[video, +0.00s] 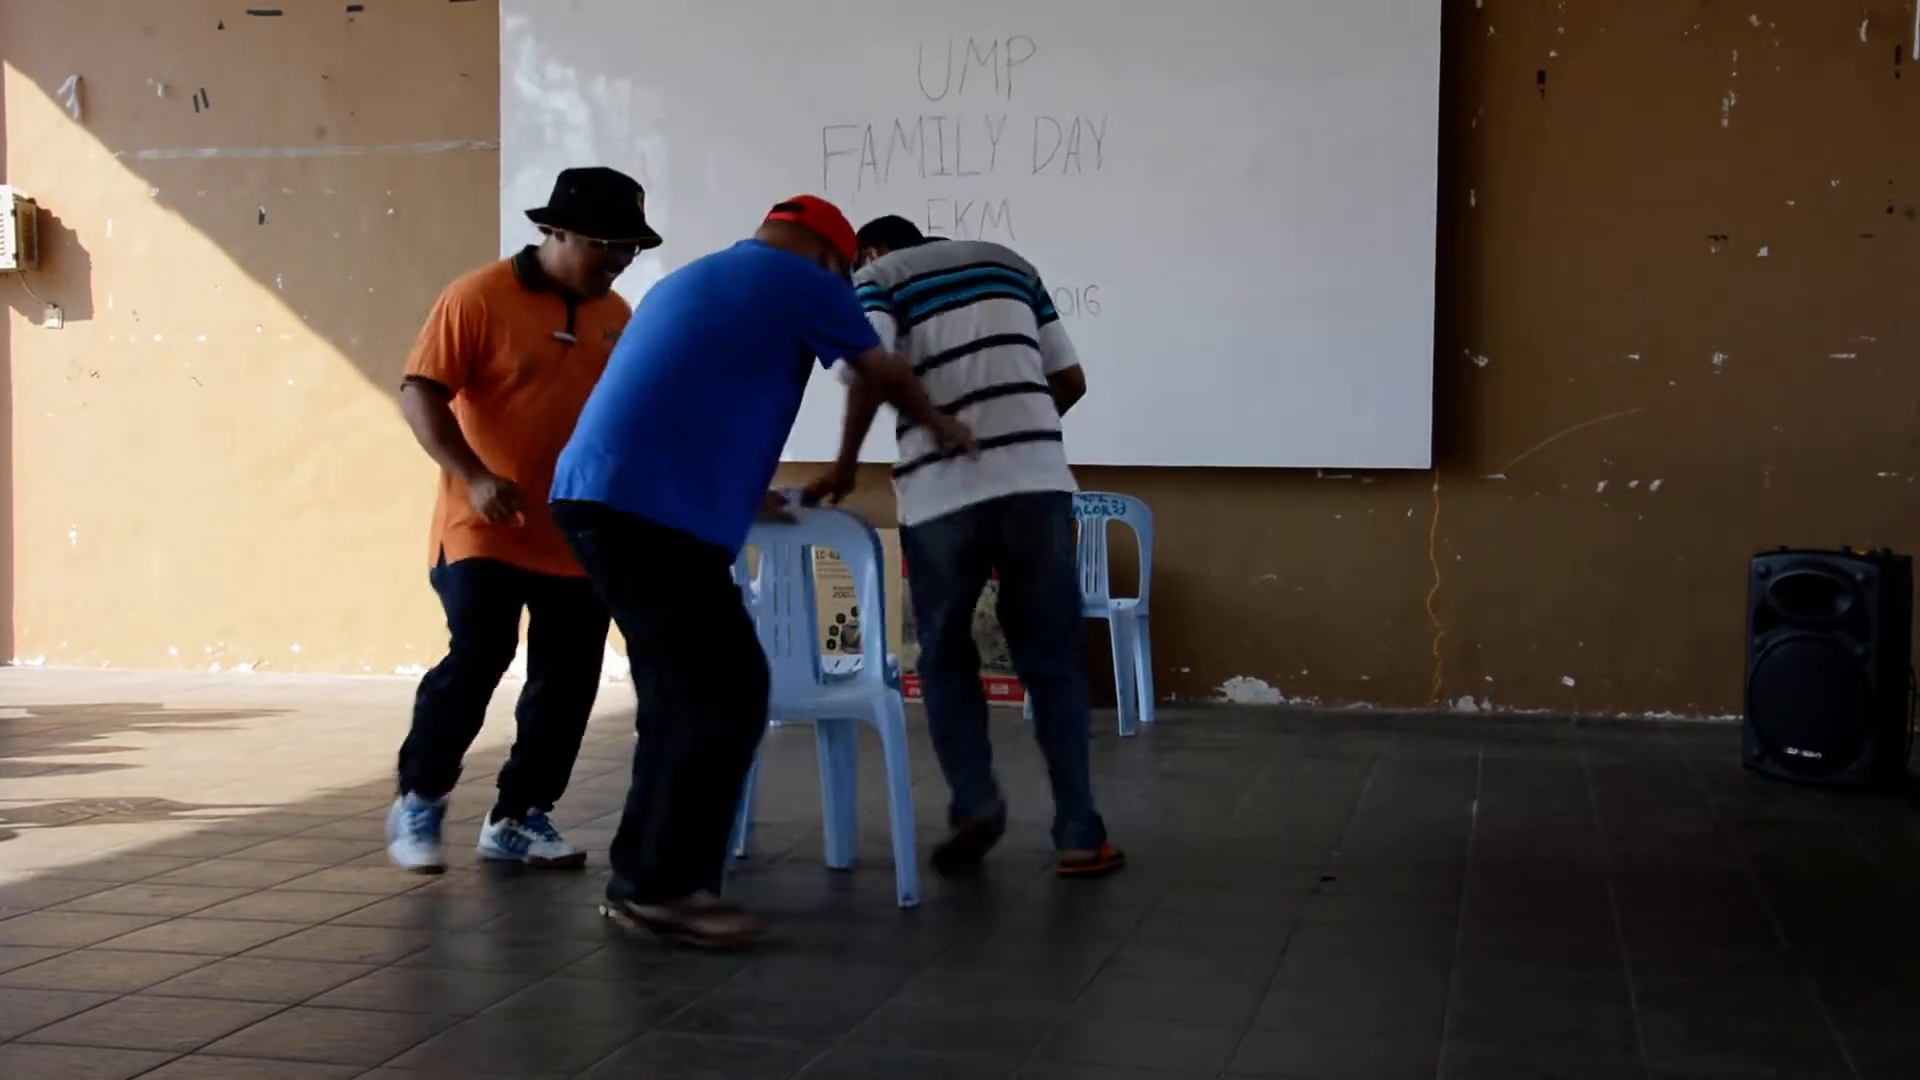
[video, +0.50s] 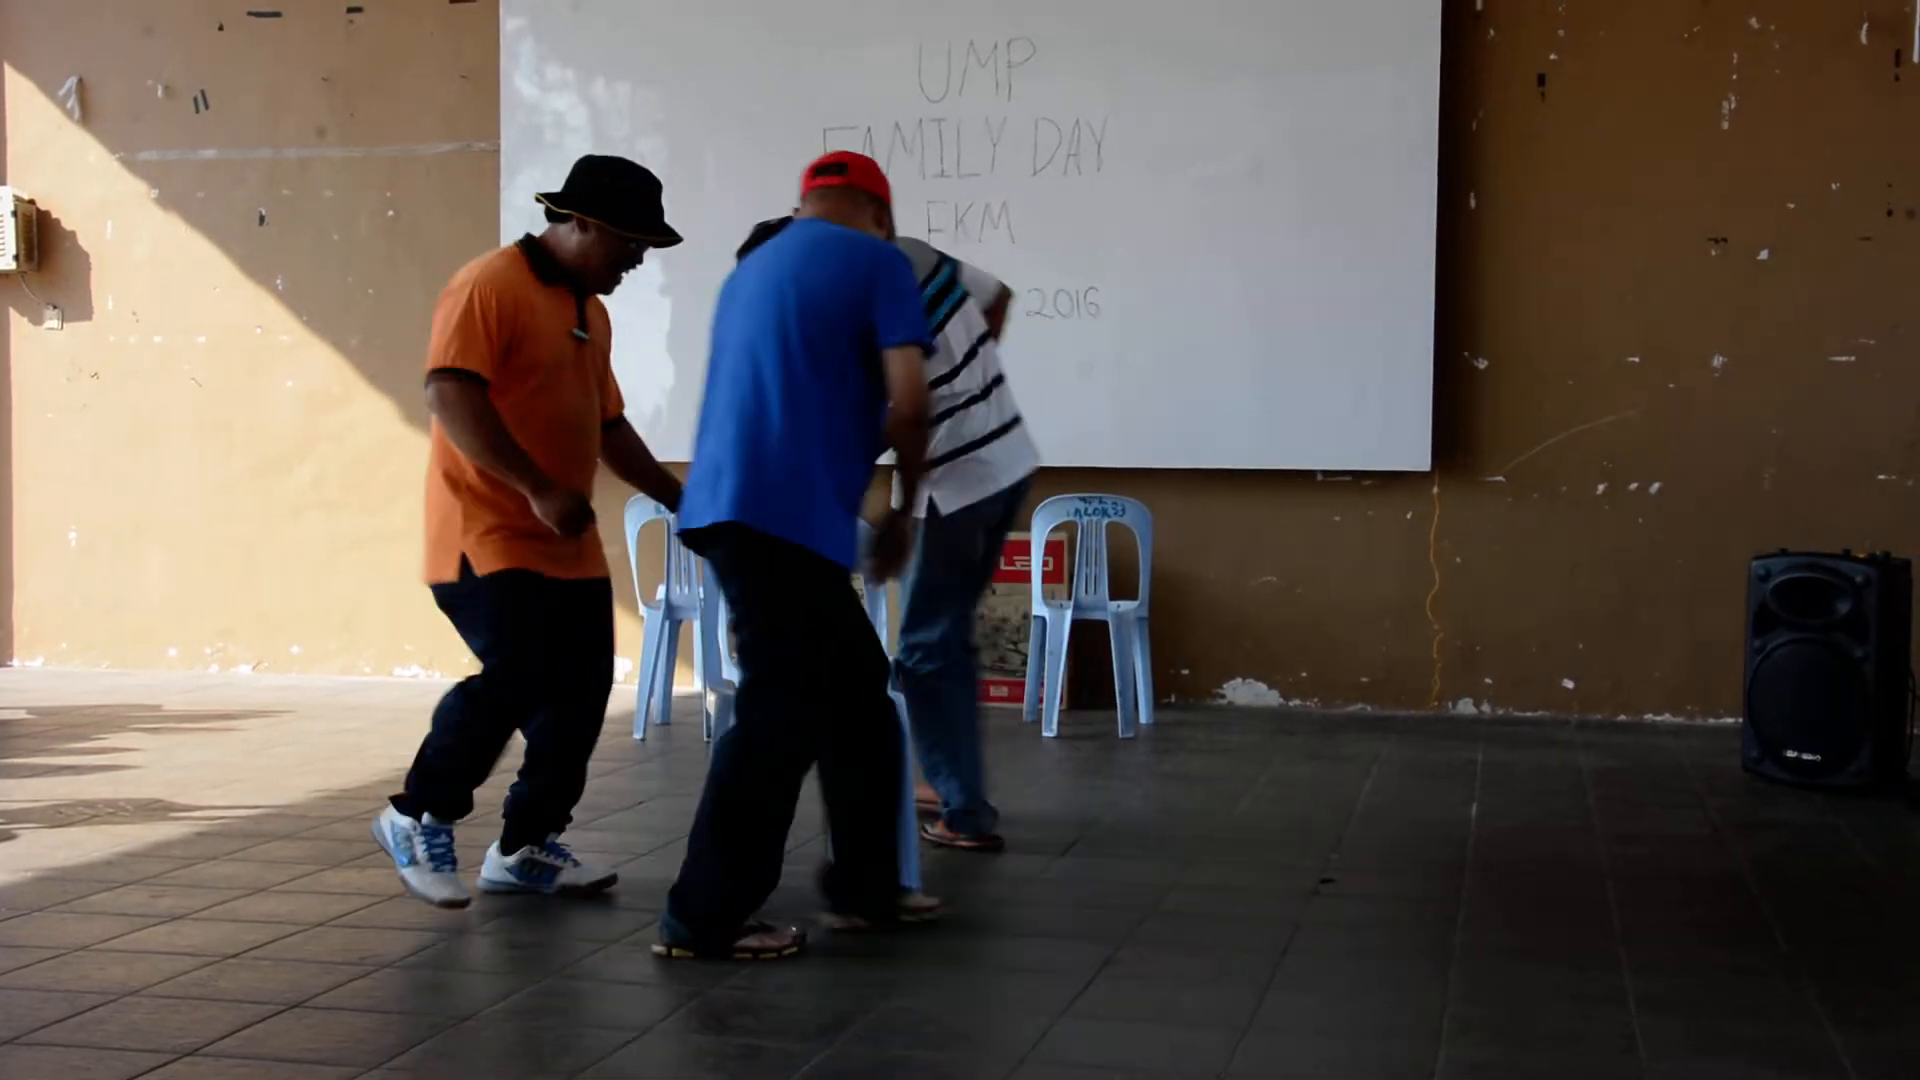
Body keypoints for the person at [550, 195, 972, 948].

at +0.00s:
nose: (840, 281)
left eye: (843, 272)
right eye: (841, 269)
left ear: (771, 233)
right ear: (823, 251)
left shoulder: (702, 275)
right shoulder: (809, 278)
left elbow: (665, 409)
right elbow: (884, 371)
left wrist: (754, 493)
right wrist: (934, 418)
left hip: (595, 496)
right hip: (656, 505)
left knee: (678, 693)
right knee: (734, 686)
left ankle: (639, 881)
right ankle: (665, 889)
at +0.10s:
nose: (851, 272)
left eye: (853, 262)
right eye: (850, 259)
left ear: (777, 226)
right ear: (833, 242)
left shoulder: (710, 270)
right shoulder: (818, 270)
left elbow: (673, 408)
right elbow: (908, 370)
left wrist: (764, 494)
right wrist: (952, 416)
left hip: (607, 503)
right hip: (672, 511)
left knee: (685, 704)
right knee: (740, 708)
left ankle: (641, 885)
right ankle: (704, 921)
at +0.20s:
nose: (850, 264)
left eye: (852, 253)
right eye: (850, 248)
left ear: (776, 212)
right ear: (831, 227)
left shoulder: (712, 265)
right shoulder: (815, 261)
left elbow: (699, 394)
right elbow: (892, 390)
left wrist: (767, 485)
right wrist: (925, 449)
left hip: (637, 505)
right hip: (700, 513)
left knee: (706, 714)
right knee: (747, 722)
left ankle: (640, 883)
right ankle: (704, 923)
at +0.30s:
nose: (851, 241)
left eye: (852, 230)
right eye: (851, 227)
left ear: (776, 201)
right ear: (833, 208)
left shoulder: (722, 261)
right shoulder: (822, 248)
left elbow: (732, 410)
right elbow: (850, 389)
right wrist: (870, 489)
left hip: (669, 503)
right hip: (731, 507)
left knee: (761, 699)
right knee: (776, 702)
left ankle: (672, 845)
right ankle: (704, 924)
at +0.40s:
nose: (866, 233)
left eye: (865, 223)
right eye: (866, 220)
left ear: (786, 200)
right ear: (851, 205)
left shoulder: (735, 263)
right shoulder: (848, 250)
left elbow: (749, 404)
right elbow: (867, 400)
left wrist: (876, 437)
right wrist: (849, 507)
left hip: (692, 503)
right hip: (754, 507)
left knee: (835, 665)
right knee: (769, 701)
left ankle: (763, 865)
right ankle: (703, 918)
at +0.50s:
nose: (888, 236)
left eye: (885, 226)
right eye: (888, 224)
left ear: (807, 205)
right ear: (873, 210)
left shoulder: (757, 263)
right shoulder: (878, 259)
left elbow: (761, 398)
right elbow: (911, 403)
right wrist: (907, 507)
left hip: (723, 505)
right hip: (789, 514)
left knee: (859, 696)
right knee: (777, 712)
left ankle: (865, 888)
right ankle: (703, 921)